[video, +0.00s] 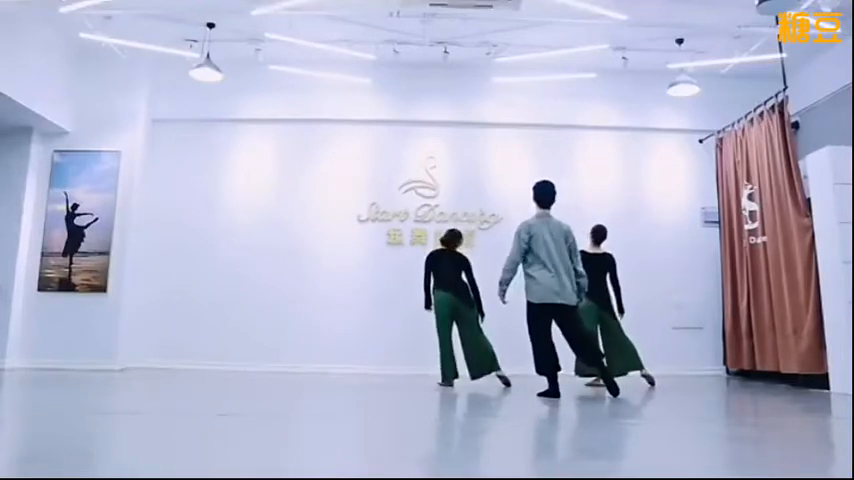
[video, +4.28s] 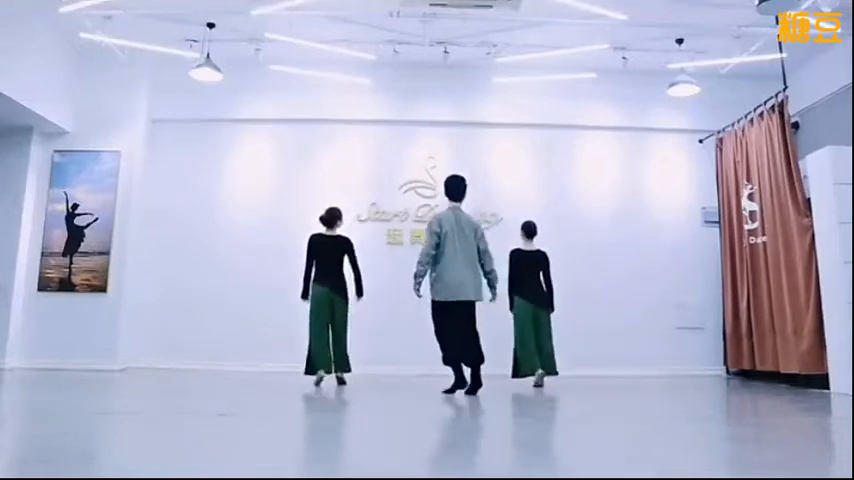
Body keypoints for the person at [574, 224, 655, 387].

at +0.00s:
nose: (594, 238)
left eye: (593, 235)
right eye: (601, 238)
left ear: (590, 236)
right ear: (604, 239)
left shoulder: (580, 256)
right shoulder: (608, 258)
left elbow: (574, 278)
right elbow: (615, 284)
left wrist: (574, 299)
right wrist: (620, 306)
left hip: (585, 303)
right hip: (604, 304)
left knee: (590, 339)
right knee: (619, 338)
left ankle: (599, 376)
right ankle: (641, 369)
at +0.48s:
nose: (587, 251)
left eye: (586, 248)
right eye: (591, 248)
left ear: (584, 249)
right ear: (598, 251)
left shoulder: (576, 266)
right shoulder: (603, 269)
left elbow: (570, 288)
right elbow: (610, 293)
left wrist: (569, 309)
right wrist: (615, 314)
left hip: (585, 311)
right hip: (604, 312)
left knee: (588, 342)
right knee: (599, 341)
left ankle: (595, 377)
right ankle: (618, 370)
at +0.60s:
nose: (587, 257)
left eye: (585, 253)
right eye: (592, 254)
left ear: (581, 254)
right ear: (596, 256)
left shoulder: (573, 270)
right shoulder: (600, 273)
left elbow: (568, 293)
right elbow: (607, 299)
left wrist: (569, 314)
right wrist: (610, 320)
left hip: (582, 313)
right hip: (599, 315)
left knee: (586, 345)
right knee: (595, 344)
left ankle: (585, 376)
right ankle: (599, 374)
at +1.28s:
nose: (566, 246)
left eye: (565, 243)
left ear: (565, 242)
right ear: (576, 241)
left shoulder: (563, 252)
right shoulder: (589, 253)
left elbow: (561, 277)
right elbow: (595, 281)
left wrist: (561, 299)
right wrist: (596, 303)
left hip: (574, 294)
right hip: (591, 296)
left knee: (581, 332)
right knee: (582, 333)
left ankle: (594, 369)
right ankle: (573, 370)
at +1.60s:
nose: (558, 232)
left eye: (559, 230)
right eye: (560, 230)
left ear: (560, 230)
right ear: (573, 230)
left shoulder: (557, 247)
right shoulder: (581, 249)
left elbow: (551, 271)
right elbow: (586, 275)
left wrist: (550, 293)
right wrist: (588, 297)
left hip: (563, 291)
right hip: (579, 292)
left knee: (566, 330)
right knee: (578, 329)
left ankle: (571, 368)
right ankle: (579, 366)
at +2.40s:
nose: (548, 230)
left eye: (546, 227)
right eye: (551, 227)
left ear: (543, 228)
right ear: (557, 229)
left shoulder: (536, 248)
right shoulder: (562, 249)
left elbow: (532, 273)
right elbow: (567, 275)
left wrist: (530, 293)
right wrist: (568, 296)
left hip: (542, 292)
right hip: (559, 293)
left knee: (546, 331)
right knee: (558, 330)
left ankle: (552, 369)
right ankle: (555, 368)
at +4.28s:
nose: (522, 234)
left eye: (522, 232)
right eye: (525, 232)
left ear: (521, 234)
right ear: (536, 234)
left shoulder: (515, 254)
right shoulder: (542, 255)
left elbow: (511, 280)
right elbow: (548, 281)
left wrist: (511, 302)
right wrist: (551, 302)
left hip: (522, 299)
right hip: (540, 299)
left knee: (526, 335)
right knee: (542, 334)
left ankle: (537, 369)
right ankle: (542, 371)